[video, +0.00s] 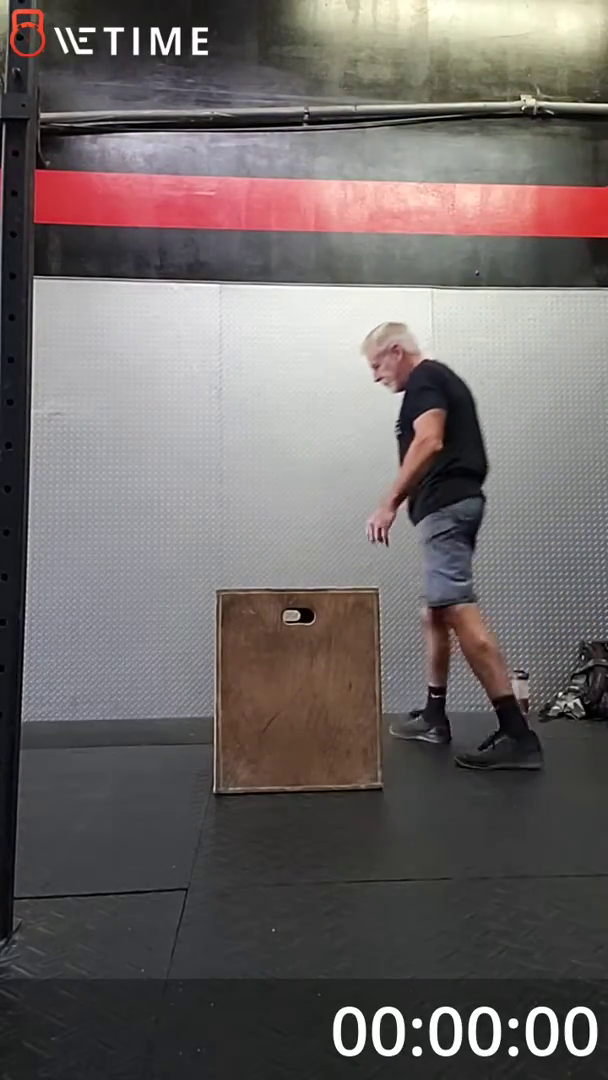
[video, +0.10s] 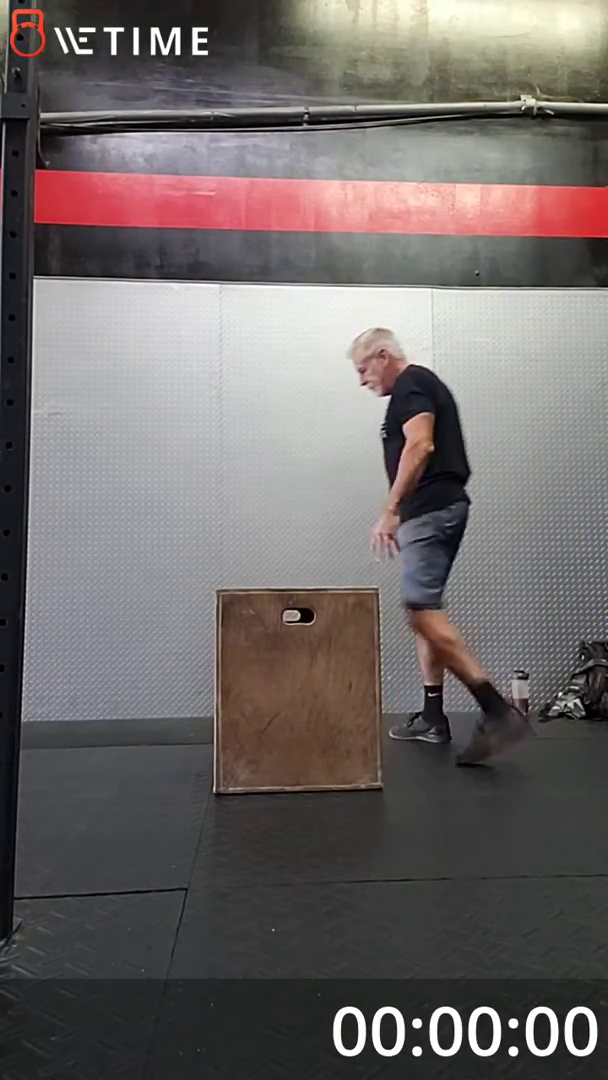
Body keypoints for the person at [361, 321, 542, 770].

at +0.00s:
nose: (377, 377)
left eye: (377, 366)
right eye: (373, 369)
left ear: (397, 353)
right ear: (400, 353)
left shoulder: (425, 378)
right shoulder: (441, 379)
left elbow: (429, 442)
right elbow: (444, 453)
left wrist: (389, 503)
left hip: (446, 508)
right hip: (458, 505)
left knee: (461, 614)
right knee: (437, 613)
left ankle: (517, 734)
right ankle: (433, 718)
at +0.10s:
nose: (362, 380)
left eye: (364, 369)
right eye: (359, 372)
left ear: (385, 357)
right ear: (386, 358)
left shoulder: (411, 383)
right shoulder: (421, 383)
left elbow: (421, 446)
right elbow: (432, 454)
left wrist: (389, 511)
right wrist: (405, 513)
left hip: (431, 509)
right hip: (437, 508)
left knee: (423, 614)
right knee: (425, 614)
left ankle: (499, 713)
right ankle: (433, 718)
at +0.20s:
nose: (350, 383)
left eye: (350, 373)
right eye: (347, 376)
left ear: (372, 360)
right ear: (371, 362)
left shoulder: (398, 386)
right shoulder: (404, 386)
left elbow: (416, 444)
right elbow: (416, 451)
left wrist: (396, 512)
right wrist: (394, 509)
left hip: (416, 510)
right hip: (430, 508)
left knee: (390, 608)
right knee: (419, 612)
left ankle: (468, 693)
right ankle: (432, 716)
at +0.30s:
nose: (335, 382)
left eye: (339, 373)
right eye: (332, 376)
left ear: (361, 362)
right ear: (358, 367)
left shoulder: (387, 388)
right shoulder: (381, 394)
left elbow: (412, 445)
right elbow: (400, 454)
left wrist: (399, 509)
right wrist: (382, 509)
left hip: (391, 513)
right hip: (411, 510)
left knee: (365, 608)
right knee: (412, 610)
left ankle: (420, 700)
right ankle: (430, 715)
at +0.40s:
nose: (322, 384)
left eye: (324, 375)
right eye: (318, 378)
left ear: (347, 365)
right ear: (341, 370)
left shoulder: (374, 389)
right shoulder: (359, 401)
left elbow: (402, 445)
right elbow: (374, 459)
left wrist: (393, 510)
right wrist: (362, 511)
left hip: (374, 517)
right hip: (390, 514)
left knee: (343, 617)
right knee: (409, 615)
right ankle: (431, 714)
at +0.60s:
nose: (289, 387)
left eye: (293, 377)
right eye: (286, 379)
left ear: (316, 369)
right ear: (314, 373)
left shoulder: (339, 398)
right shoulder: (327, 405)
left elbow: (362, 456)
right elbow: (347, 466)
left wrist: (354, 521)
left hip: (334, 526)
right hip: (345, 523)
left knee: (320, 627)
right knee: (382, 615)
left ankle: (320, 724)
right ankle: (425, 705)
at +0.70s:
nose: (270, 383)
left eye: (275, 374)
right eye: (267, 375)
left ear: (298, 369)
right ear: (291, 373)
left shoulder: (319, 399)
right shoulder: (306, 405)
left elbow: (337, 460)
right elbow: (320, 466)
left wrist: (326, 524)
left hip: (314, 526)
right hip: (309, 524)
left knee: (302, 624)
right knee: (333, 622)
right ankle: (404, 689)